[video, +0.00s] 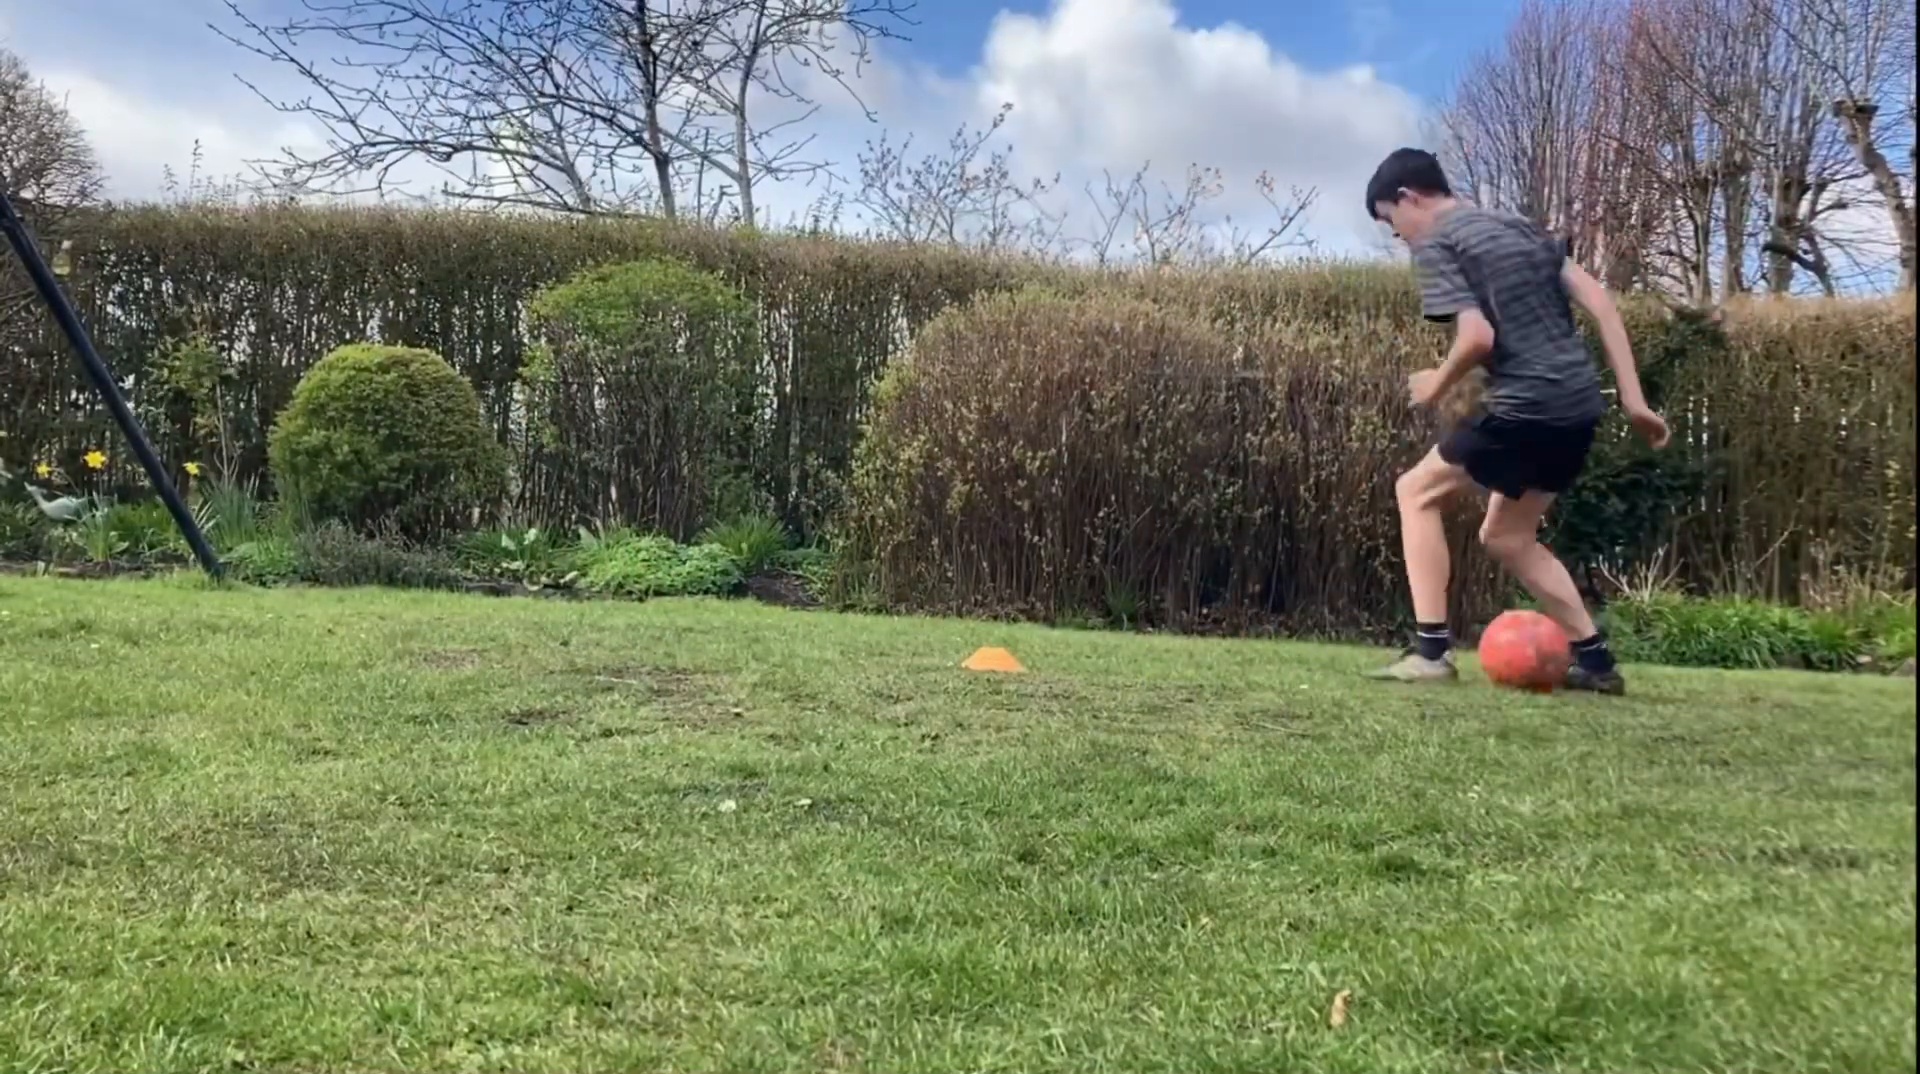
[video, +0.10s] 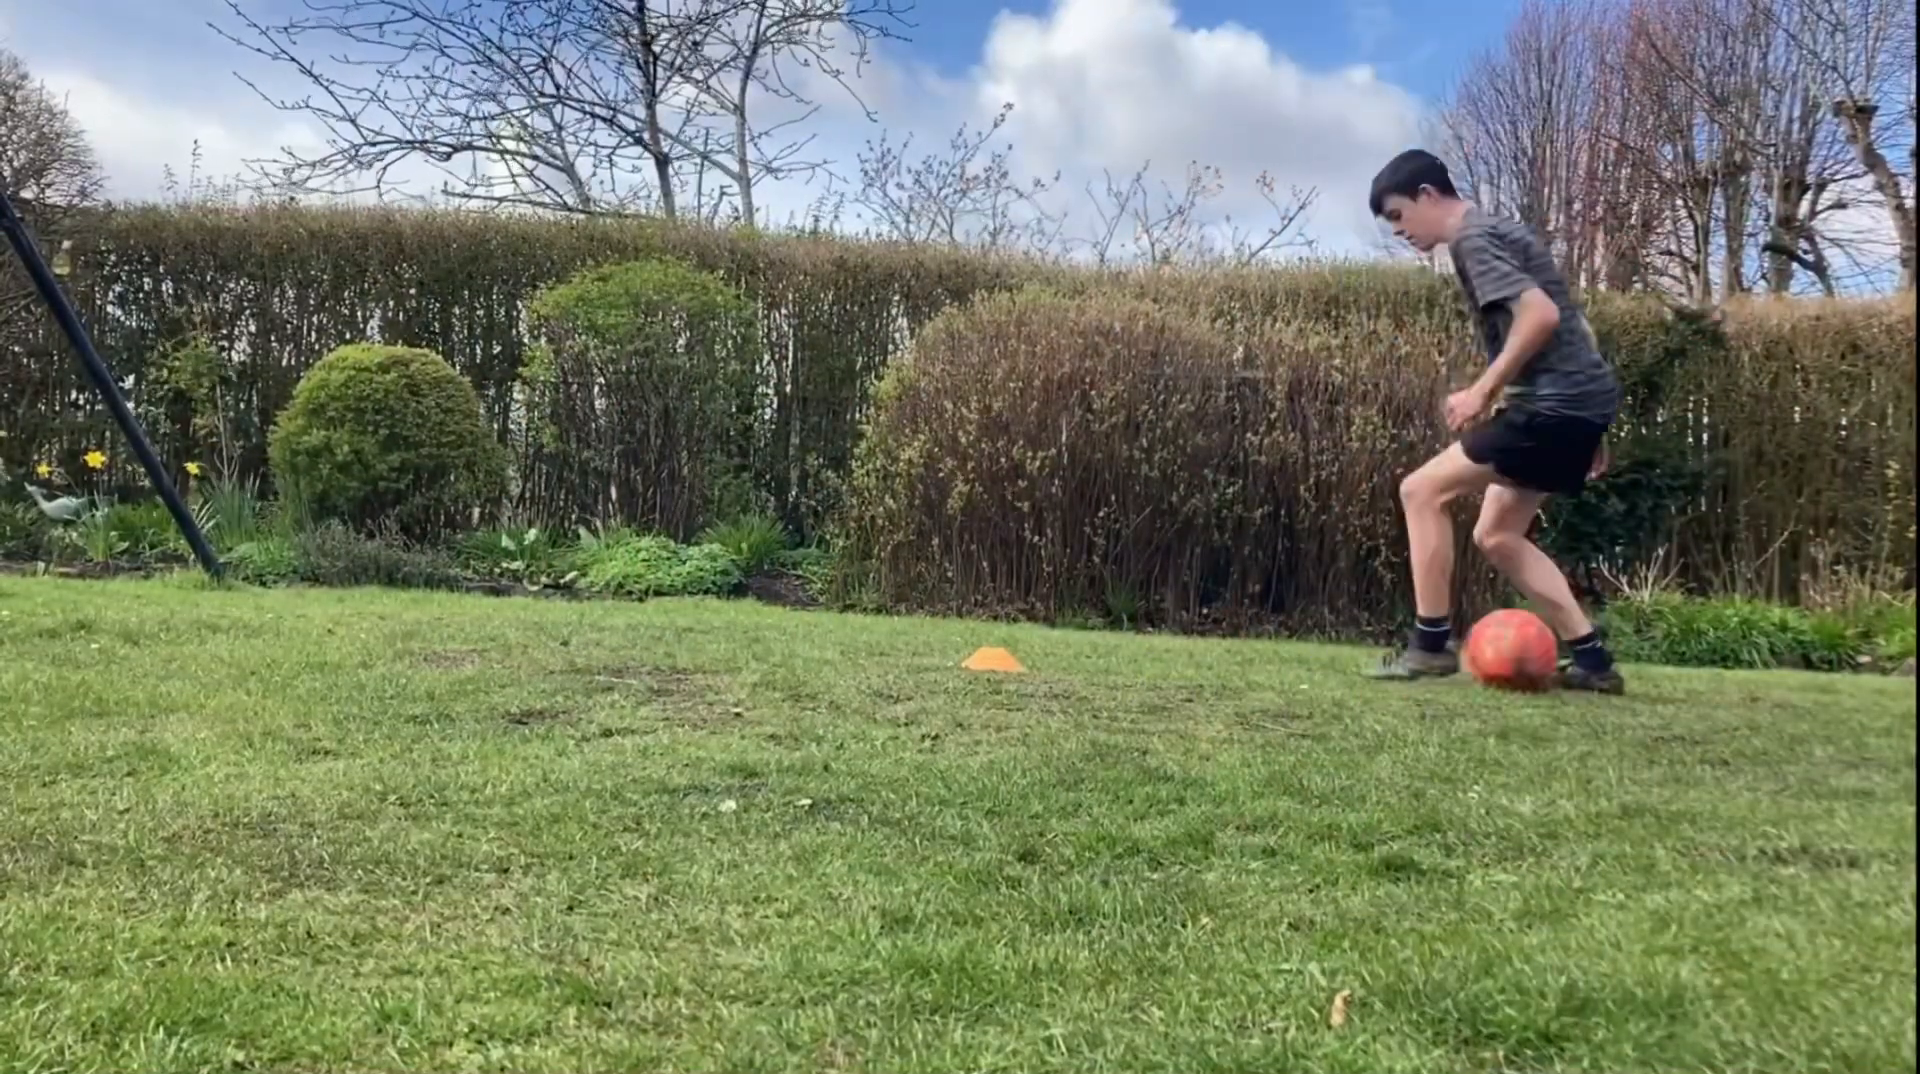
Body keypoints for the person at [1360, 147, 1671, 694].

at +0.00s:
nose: (1399, 236)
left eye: (1392, 221)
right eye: (1390, 227)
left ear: (1411, 197)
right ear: (1440, 192)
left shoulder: (1437, 243)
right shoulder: (1519, 228)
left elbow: (1477, 335)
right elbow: (1599, 299)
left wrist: (1437, 381)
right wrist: (1634, 399)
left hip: (1523, 407)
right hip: (1580, 408)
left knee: (1416, 491)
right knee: (1508, 535)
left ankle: (1430, 653)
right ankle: (1595, 661)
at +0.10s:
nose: (1401, 234)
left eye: (1398, 218)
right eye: (1393, 225)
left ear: (1429, 194)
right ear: (1434, 197)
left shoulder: (1474, 239)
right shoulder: (1500, 231)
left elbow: (1540, 313)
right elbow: (1565, 329)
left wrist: (1480, 391)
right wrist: (1587, 428)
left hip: (1553, 411)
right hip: (1578, 411)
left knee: (1421, 490)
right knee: (1499, 536)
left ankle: (1431, 647)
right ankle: (1591, 659)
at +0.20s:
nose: (1408, 186)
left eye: (1410, 169)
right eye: (1401, 177)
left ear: (1447, 152)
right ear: (1441, 161)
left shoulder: (1502, 197)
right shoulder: (1480, 213)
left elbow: (1584, 260)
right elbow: (1524, 305)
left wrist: (1516, 346)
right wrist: (1509, 373)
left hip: (1571, 375)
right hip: (1547, 378)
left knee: (1453, 488)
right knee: (1498, 530)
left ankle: (1454, 628)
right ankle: (1583, 642)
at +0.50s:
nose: (1477, 147)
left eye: (1490, 133)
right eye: (1465, 136)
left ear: (1518, 136)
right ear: (1455, 146)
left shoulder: (1567, 205)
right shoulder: (1463, 233)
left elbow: (1642, 274)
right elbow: (1467, 325)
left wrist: (1581, 351)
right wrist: (1420, 413)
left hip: (1587, 382)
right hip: (1515, 395)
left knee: (1521, 477)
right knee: (1497, 536)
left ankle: (1559, 649)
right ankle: (1545, 652)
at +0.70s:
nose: (1546, 70)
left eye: (1561, 56)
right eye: (1533, 56)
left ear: (1586, 61)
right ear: (1516, 64)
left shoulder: (1628, 150)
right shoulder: (1493, 165)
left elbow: (1695, 254)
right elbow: (1476, 277)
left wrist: (1614, 277)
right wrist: (1435, 368)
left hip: (1609, 372)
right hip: (1517, 375)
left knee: (1566, 529)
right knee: (1498, 547)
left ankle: (1562, 661)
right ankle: (1504, 592)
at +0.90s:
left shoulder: (1660, 31)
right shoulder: (1518, 61)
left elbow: (1735, 149)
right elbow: (1491, 188)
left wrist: (1633, 207)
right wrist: (1438, 298)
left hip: (1645, 294)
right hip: (1547, 289)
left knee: (1592, 490)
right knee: (1550, 464)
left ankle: (1602, 611)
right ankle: (1579, 664)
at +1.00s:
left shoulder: (1688, 18)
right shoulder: (1522, 44)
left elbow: (1754, 133)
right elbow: (1475, 179)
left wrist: (1672, 187)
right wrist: (1433, 301)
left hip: (1676, 290)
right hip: (1562, 291)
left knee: (1636, 514)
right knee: (1577, 498)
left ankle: (1642, 610)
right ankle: (1608, 691)